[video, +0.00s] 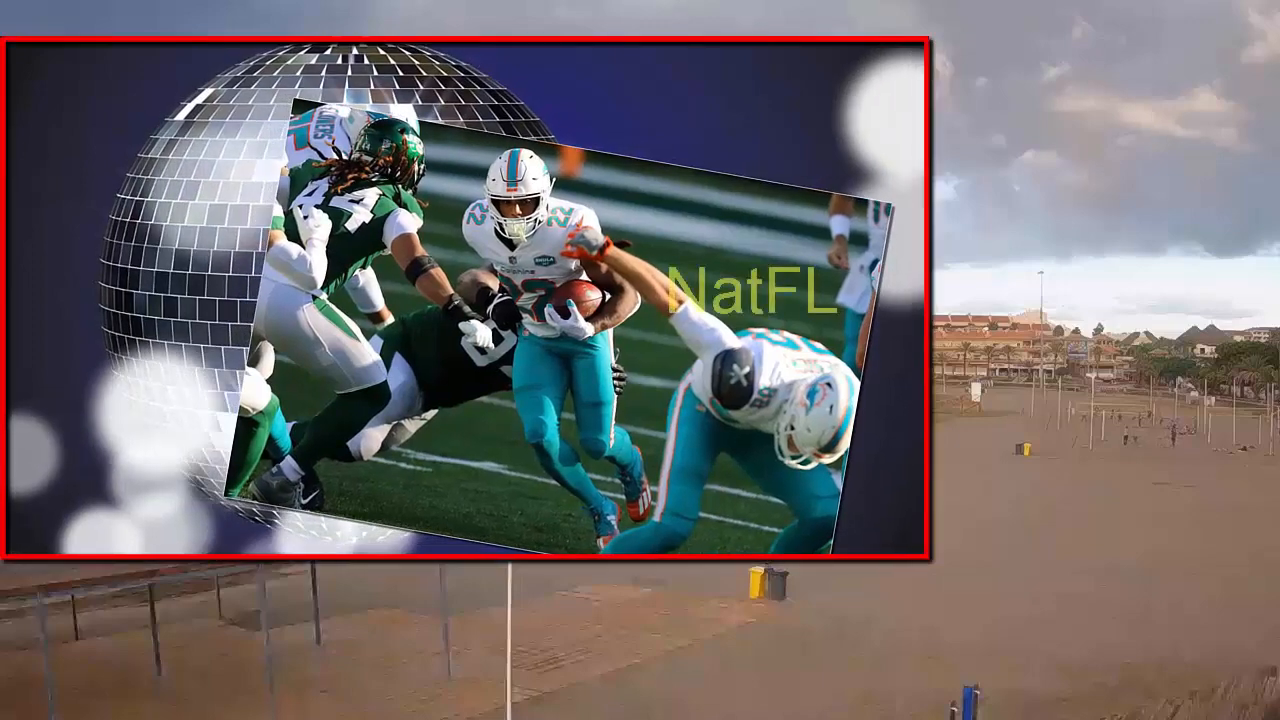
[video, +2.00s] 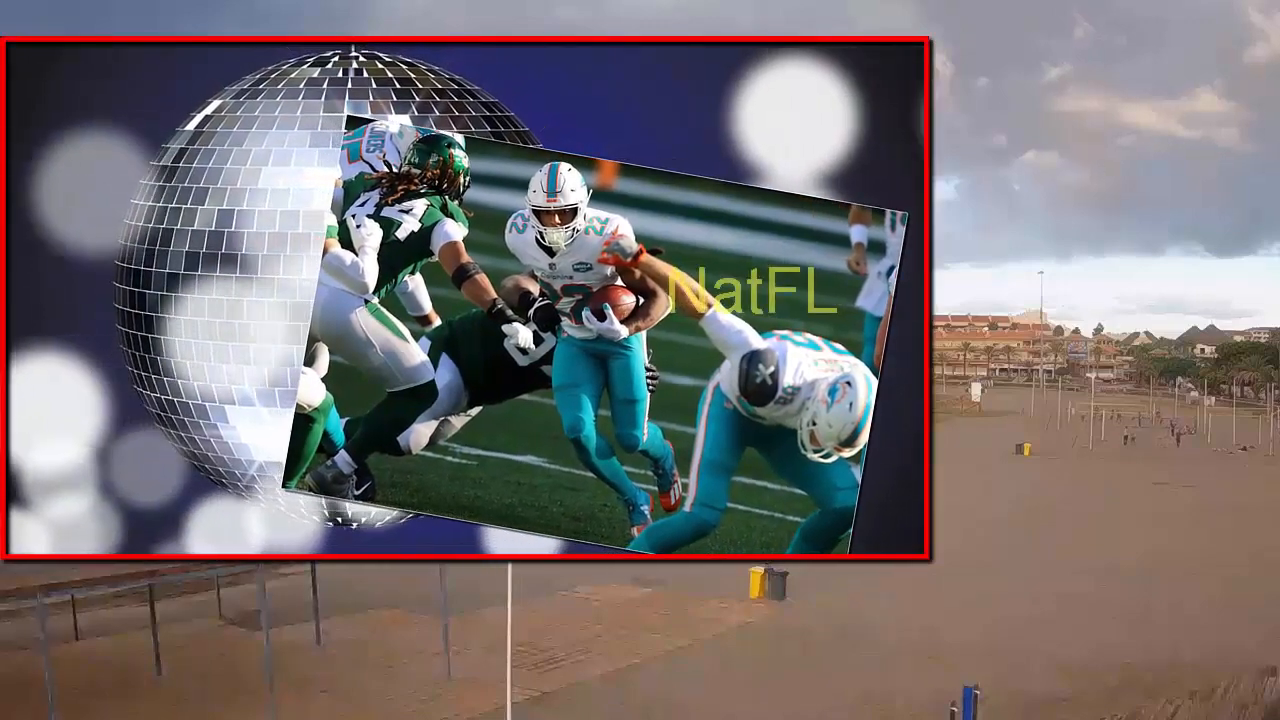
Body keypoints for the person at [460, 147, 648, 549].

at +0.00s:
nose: (514, 213)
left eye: (524, 203)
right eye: (505, 204)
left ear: (543, 196)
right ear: (492, 199)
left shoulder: (576, 226)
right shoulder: (476, 224)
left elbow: (630, 293)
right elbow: (503, 269)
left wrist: (593, 327)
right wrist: (504, 301)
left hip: (589, 340)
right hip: (535, 339)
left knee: (596, 443)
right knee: (540, 436)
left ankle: (632, 470)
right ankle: (602, 510)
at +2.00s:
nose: (554, 221)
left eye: (563, 213)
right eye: (545, 213)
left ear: (580, 206)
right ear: (533, 209)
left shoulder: (612, 234)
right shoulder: (519, 233)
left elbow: (660, 296)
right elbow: (543, 274)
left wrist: (628, 329)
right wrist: (542, 305)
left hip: (623, 341)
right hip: (573, 340)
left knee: (630, 438)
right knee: (578, 432)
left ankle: (664, 463)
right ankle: (636, 501)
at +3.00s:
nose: (574, 226)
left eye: (582, 218)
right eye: (565, 218)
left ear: (599, 211)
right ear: (553, 214)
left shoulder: (630, 238)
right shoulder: (539, 237)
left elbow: (678, 300)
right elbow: (566, 278)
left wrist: (644, 331)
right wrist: (573, 306)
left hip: (641, 342)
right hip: (592, 341)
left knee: (648, 435)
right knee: (597, 428)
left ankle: (681, 462)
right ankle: (653, 497)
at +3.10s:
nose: (575, 226)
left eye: (584, 218)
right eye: (567, 219)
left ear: (601, 212)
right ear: (555, 214)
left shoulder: (632, 238)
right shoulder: (541, 238)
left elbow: (680, 301)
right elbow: (566, 279)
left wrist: (646, 331)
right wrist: (569, 308)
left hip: (642, 342)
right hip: (594, 341)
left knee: (650, 435)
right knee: (598, 428)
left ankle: (683, 462)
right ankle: (654, 496)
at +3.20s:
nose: (577, 227)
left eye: (586, 219)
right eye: (569, 219)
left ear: (603, 213)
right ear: (557, 215)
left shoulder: (634, 239)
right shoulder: (543, 239)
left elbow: (682, 301)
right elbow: (569, 279)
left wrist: (647, 331)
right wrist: (581, 307)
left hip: (644, 342)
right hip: (596, 341)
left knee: (651, 434)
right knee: (600, 428)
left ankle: (684, 461)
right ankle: (656, 495)